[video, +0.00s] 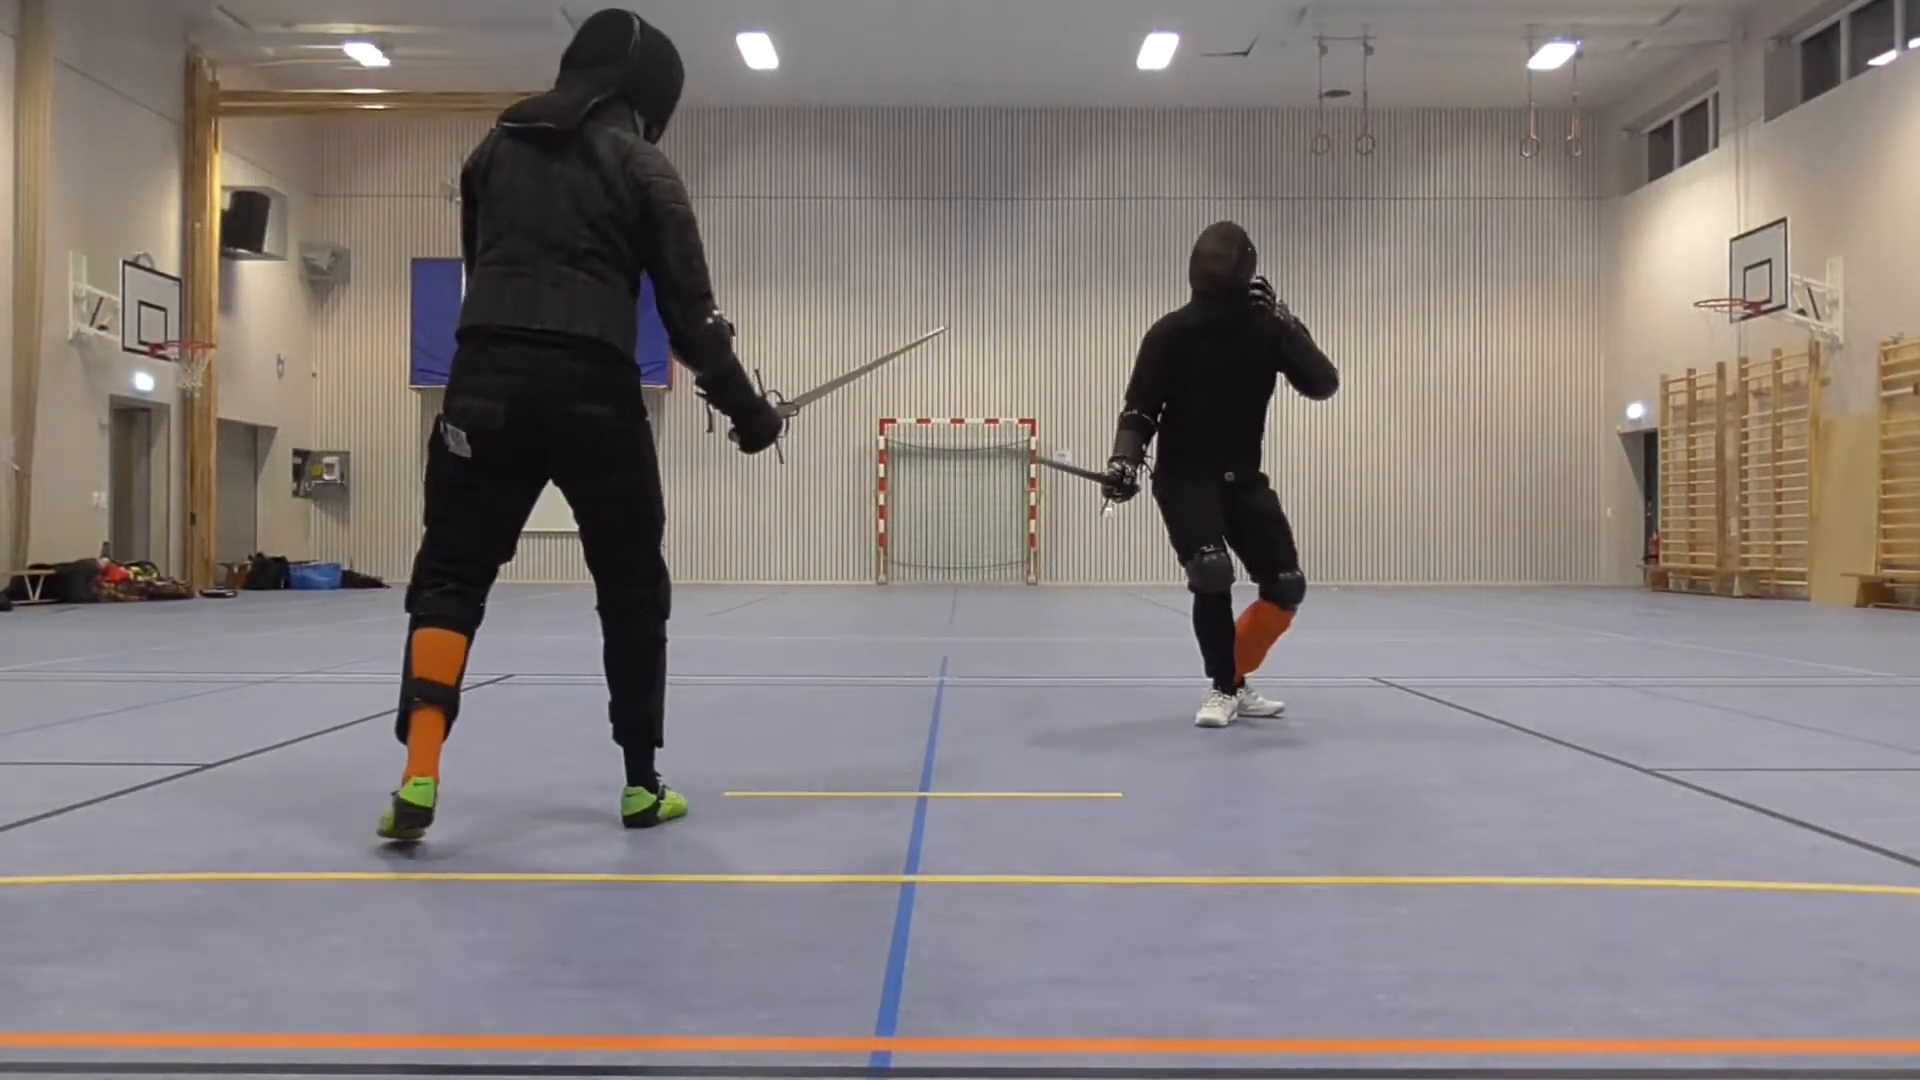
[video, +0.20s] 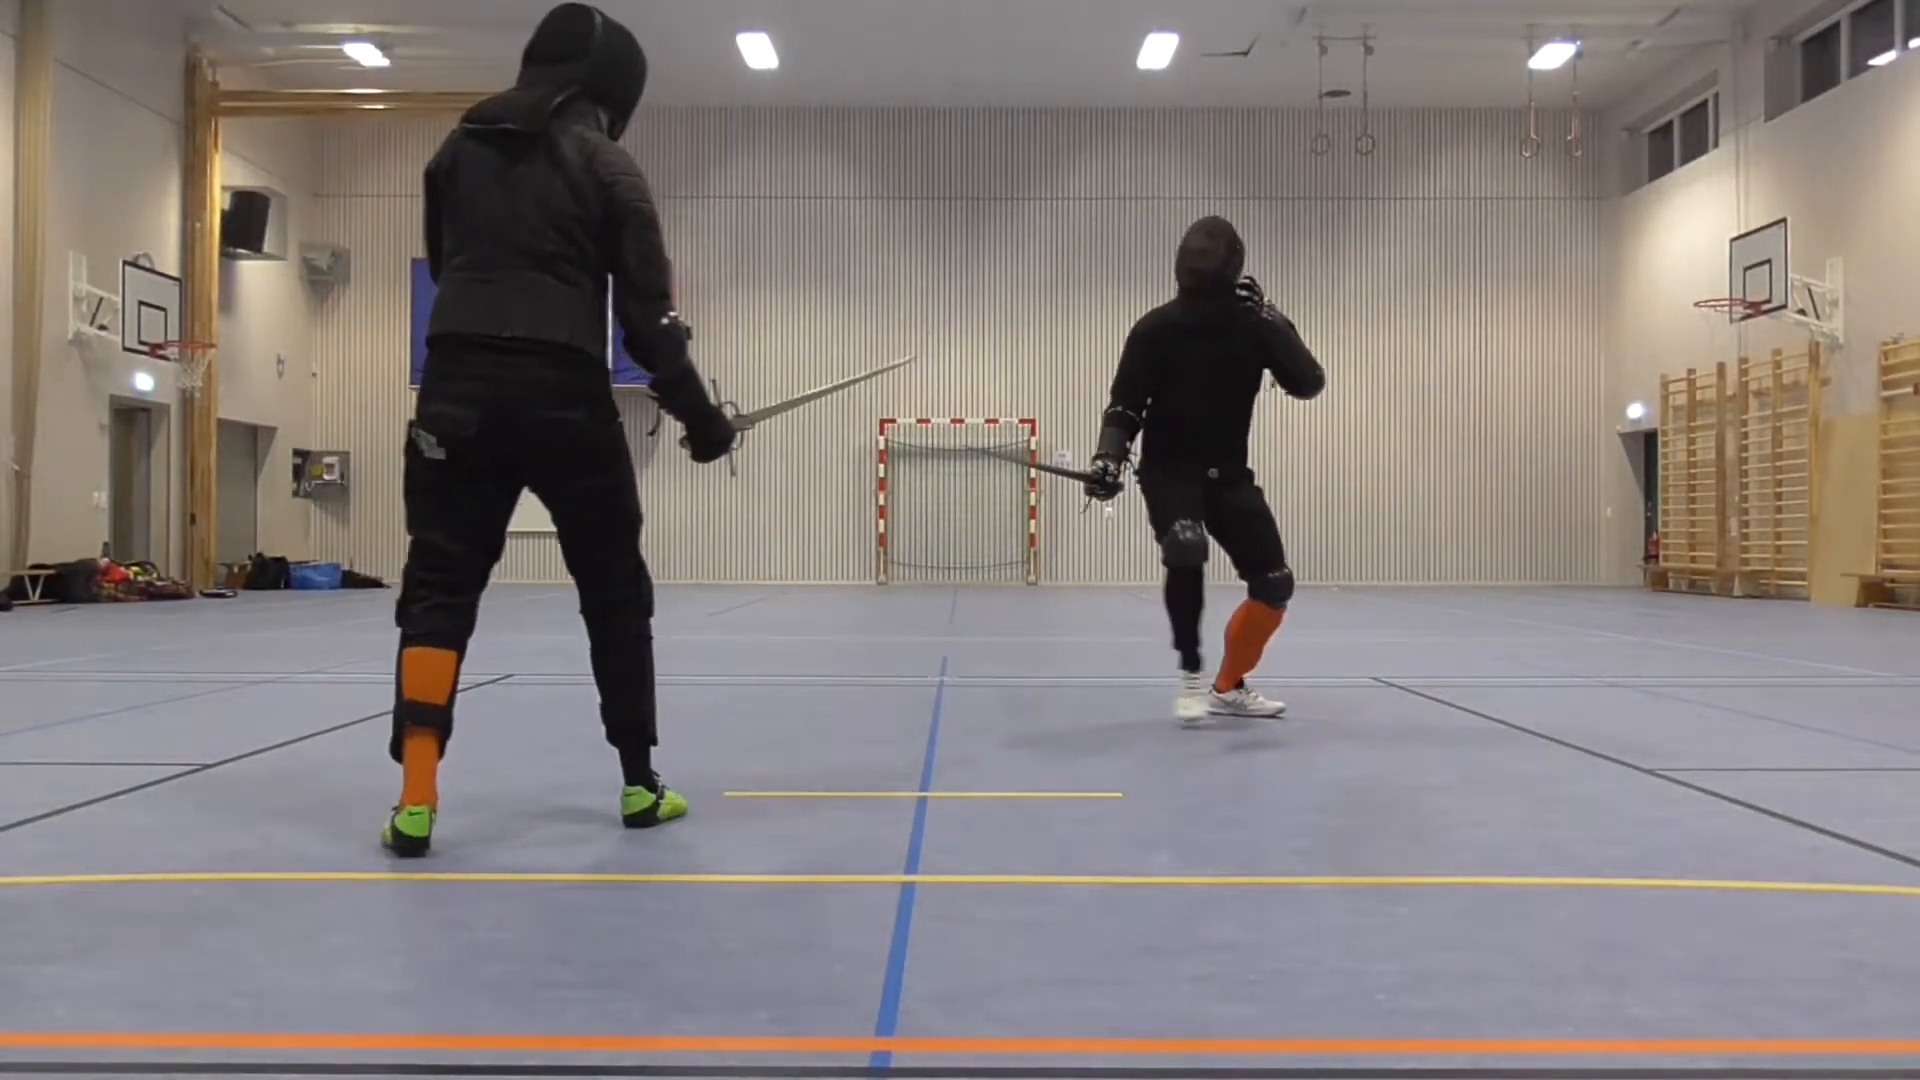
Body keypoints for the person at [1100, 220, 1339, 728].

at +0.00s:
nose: (1208, 280)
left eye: (1219, 270)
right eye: (1203, 269)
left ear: (1243, 272)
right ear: (1192, 268)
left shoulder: (1268, 329)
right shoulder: (1170, 335)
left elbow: (1323, 384)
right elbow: (1140, 408)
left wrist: (1283, 320)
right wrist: (1125, 459)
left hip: (1241, 476)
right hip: (1183, 476)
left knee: (1285, 587)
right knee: (1212, 573)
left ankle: (1232, 684)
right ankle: (1223, 690)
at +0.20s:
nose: (1194, 267)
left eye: (1206, 258)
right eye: (1189, 256)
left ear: (1231, 269)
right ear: (1179, 260)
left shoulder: (1255, 327)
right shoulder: (1155, 330)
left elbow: (1308, 384)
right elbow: (1125, 404)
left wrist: (1271, 321)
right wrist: (1109, 456)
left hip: (1227, 470)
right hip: (1167, 469)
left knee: (1274, 586)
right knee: (1186, 556)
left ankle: (1228, 687)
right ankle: (1191, 676)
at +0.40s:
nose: (1164, 262)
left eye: (1176, 253)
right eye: (1161, 252)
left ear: (1204, 264)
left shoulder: (1227, 325)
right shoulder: (1126, 330)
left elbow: (1287, 380)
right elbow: (1092, 404)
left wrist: (1245, 320)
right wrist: (1072, 460)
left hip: (1206, 482)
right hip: (1142, 480)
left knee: (1254, 590)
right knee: (1123, 561)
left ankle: (1228, 690)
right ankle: (1075, 680)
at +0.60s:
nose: (1120, 291)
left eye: (1135, 282)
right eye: (1115, 278)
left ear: (1165, 285)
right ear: (1106, 281)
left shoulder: (1186, 347)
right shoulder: (1080, 349)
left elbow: (1257, 403)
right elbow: (1029, 410)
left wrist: (1212, 338)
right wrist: (991, 461)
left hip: (1162, 507)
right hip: (1095, 504)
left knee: (1243, 607)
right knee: (1076, 577)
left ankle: (1198, 685)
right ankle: (1025, 717)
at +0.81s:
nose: (1106, 292)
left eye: (1119, 282)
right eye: (1100, 281)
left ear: (1153, 286)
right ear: (1092, 284)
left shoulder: (1179, 353)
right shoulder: (1072, 358)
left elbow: (1255, 405)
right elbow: (1028, 426)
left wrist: (1203, 351)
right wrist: (987, 471)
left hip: (1165, 508)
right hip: (1096, 507)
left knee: (1237, 621)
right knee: (1077, 577)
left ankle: (1184, 700)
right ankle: (1027, 716)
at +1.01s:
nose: (1150, 254)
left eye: (1129, 249)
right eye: (1149, 246)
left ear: (1098, 253)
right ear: (1145, 252)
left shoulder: (1173, 314)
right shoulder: (1064, 325)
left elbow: (1242, 371)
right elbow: (1038, 416)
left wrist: (1187, 304)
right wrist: (1013, 474)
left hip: (1156, 480)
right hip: (1085, 480)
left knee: (1205, 596)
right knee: (1059, 568)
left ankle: (1186, 697)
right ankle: (1015, 707)